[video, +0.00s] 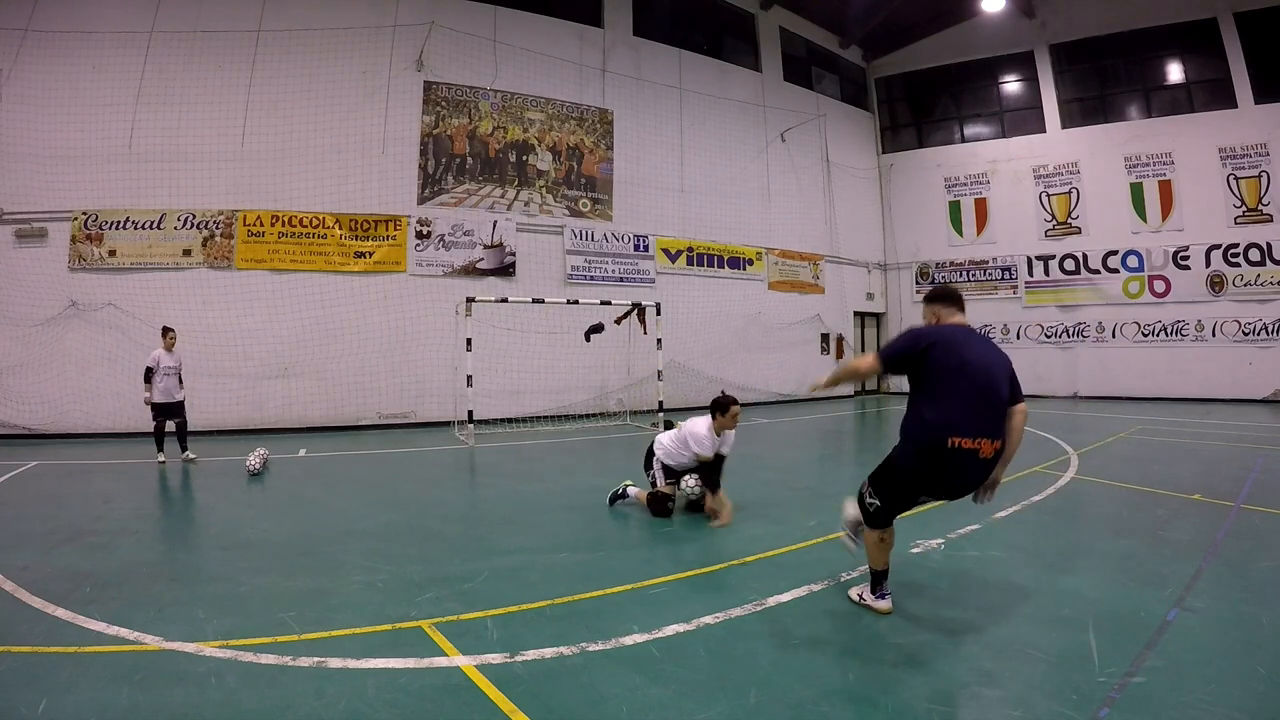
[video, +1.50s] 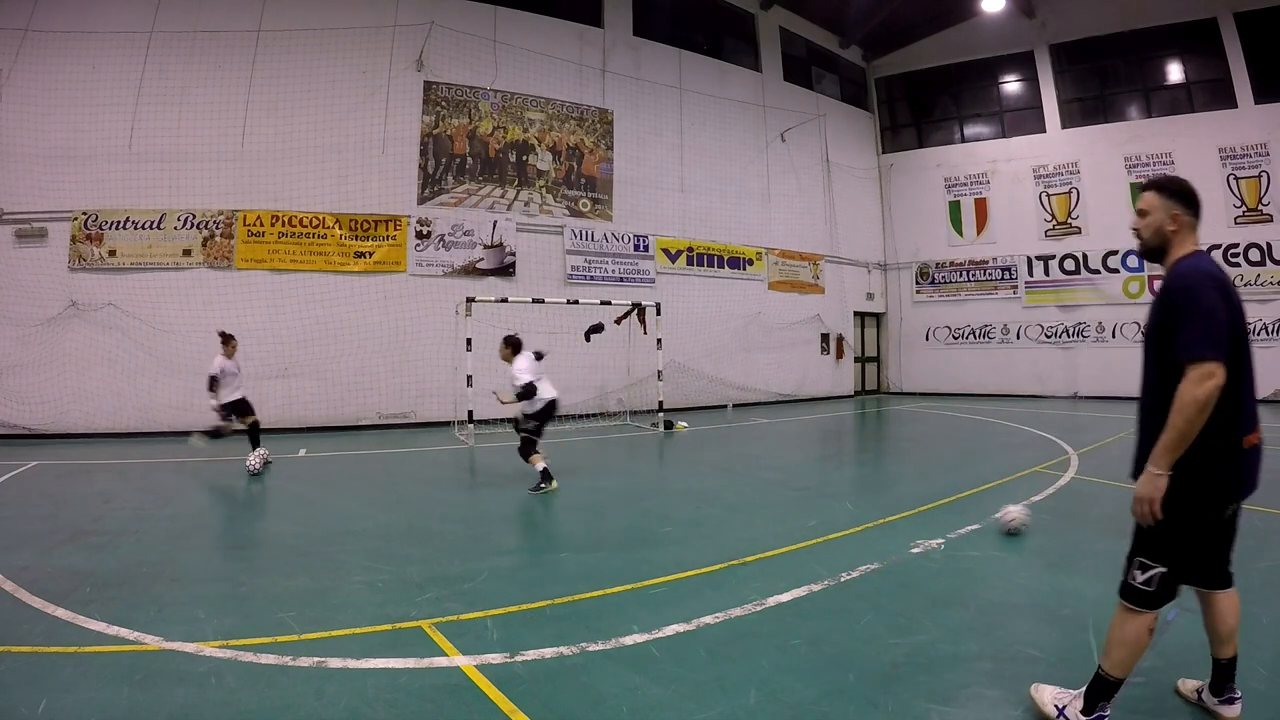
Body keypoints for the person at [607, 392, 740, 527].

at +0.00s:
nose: (738, 419)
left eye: (738, 415)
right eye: (733, 416)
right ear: (718, 416)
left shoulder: (728, 431)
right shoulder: (701, 432)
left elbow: (716, 468)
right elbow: (707, 474)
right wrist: (724, 506)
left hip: (688, 460)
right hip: (661, 456)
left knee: (700, 503)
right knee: (663, 509)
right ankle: (630, 491)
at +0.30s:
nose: (692, 396)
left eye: (696, 392)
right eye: (688, 392)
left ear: (702, 389)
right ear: (681, 388)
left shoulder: (713, 399)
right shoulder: (671, 396)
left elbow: (733, 404)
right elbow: (647, 400)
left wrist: (741, 408)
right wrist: (635, 401)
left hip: (693, 452)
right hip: (665, 444)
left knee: (704, 504)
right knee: (652, 475)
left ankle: (684, 484)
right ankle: (632, 492)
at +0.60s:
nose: (638, 384)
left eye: (643, 378)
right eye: (635, 381)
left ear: (654, 379)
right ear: (633, 385)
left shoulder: (673, 385)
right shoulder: (634, 406)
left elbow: (702, 396)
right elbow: (629, 443)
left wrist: (687, 428)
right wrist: (628, 484)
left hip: (686, 428)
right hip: (660, 431)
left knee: (681, 476)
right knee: (647, 451)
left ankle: (706, 476)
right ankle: (649, 502)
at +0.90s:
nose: (603, 375)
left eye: (605, 370)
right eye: (603, 370)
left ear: (618, 371)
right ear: (616, 371)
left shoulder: (644, 378)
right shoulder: (619, 387)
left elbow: (678, 388)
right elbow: (621, 406)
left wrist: (659, 413)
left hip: (678, 415)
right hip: (654, 418)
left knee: (680, 462)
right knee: (629, 445)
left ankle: (719, 490)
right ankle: (648, 491)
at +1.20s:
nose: (554, 347)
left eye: (558, 344)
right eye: (556, 343)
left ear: (567, 346)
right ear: (566, 346)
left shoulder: (583, 355)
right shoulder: (566, 366)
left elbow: (612, 363)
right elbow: (557, 388)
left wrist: (635, 375)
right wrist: (546, 385)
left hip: (606, 402)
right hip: (621, 400)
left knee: (582, 444)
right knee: (619, 452)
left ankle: (606, 478)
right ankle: (652, 479)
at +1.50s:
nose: (500, 351)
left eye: (502, 348)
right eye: (501, 348)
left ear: (510, 350)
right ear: (514, 349)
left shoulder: (518, 367)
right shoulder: (526, 356)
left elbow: (530, 390)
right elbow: (540, 354)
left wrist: (510, 399)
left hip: (541, 403)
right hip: (548, 398)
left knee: (525, 447)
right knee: (519, 424)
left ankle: (546, 478)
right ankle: (538, 454)